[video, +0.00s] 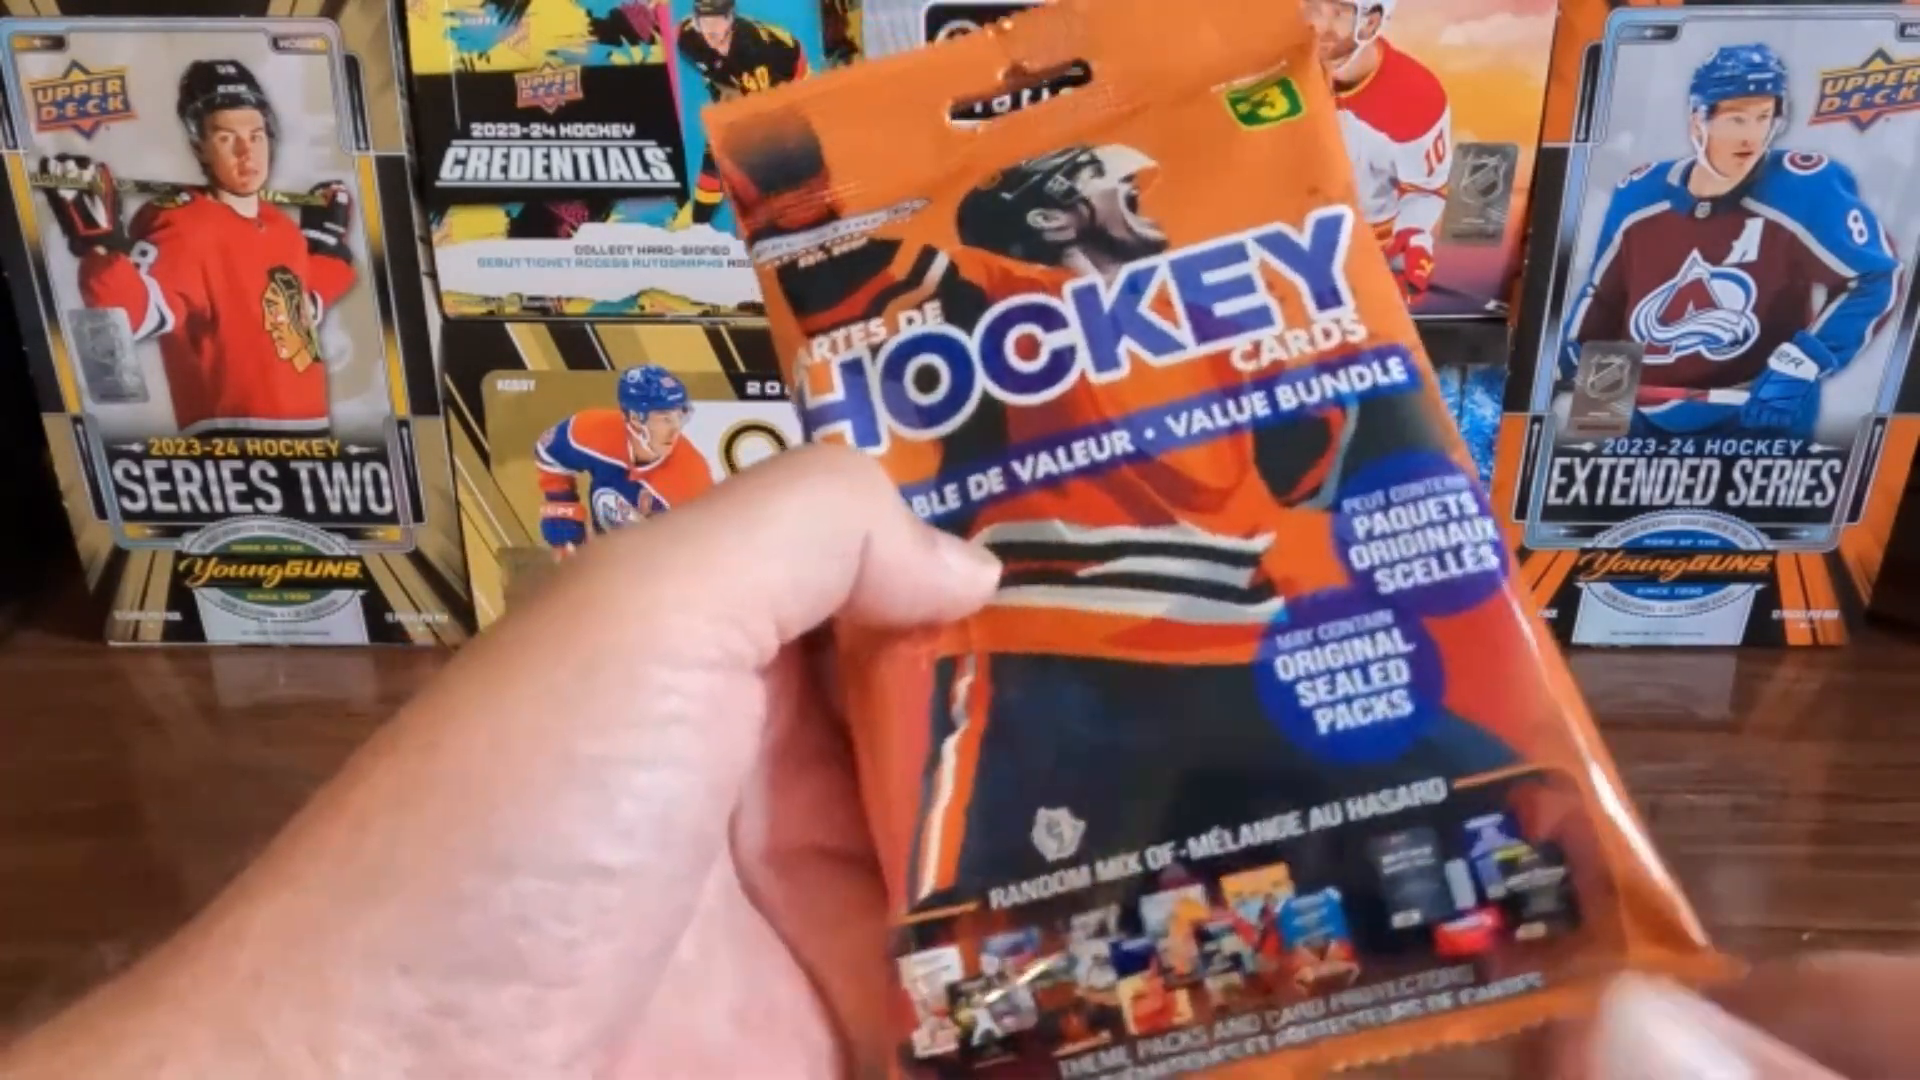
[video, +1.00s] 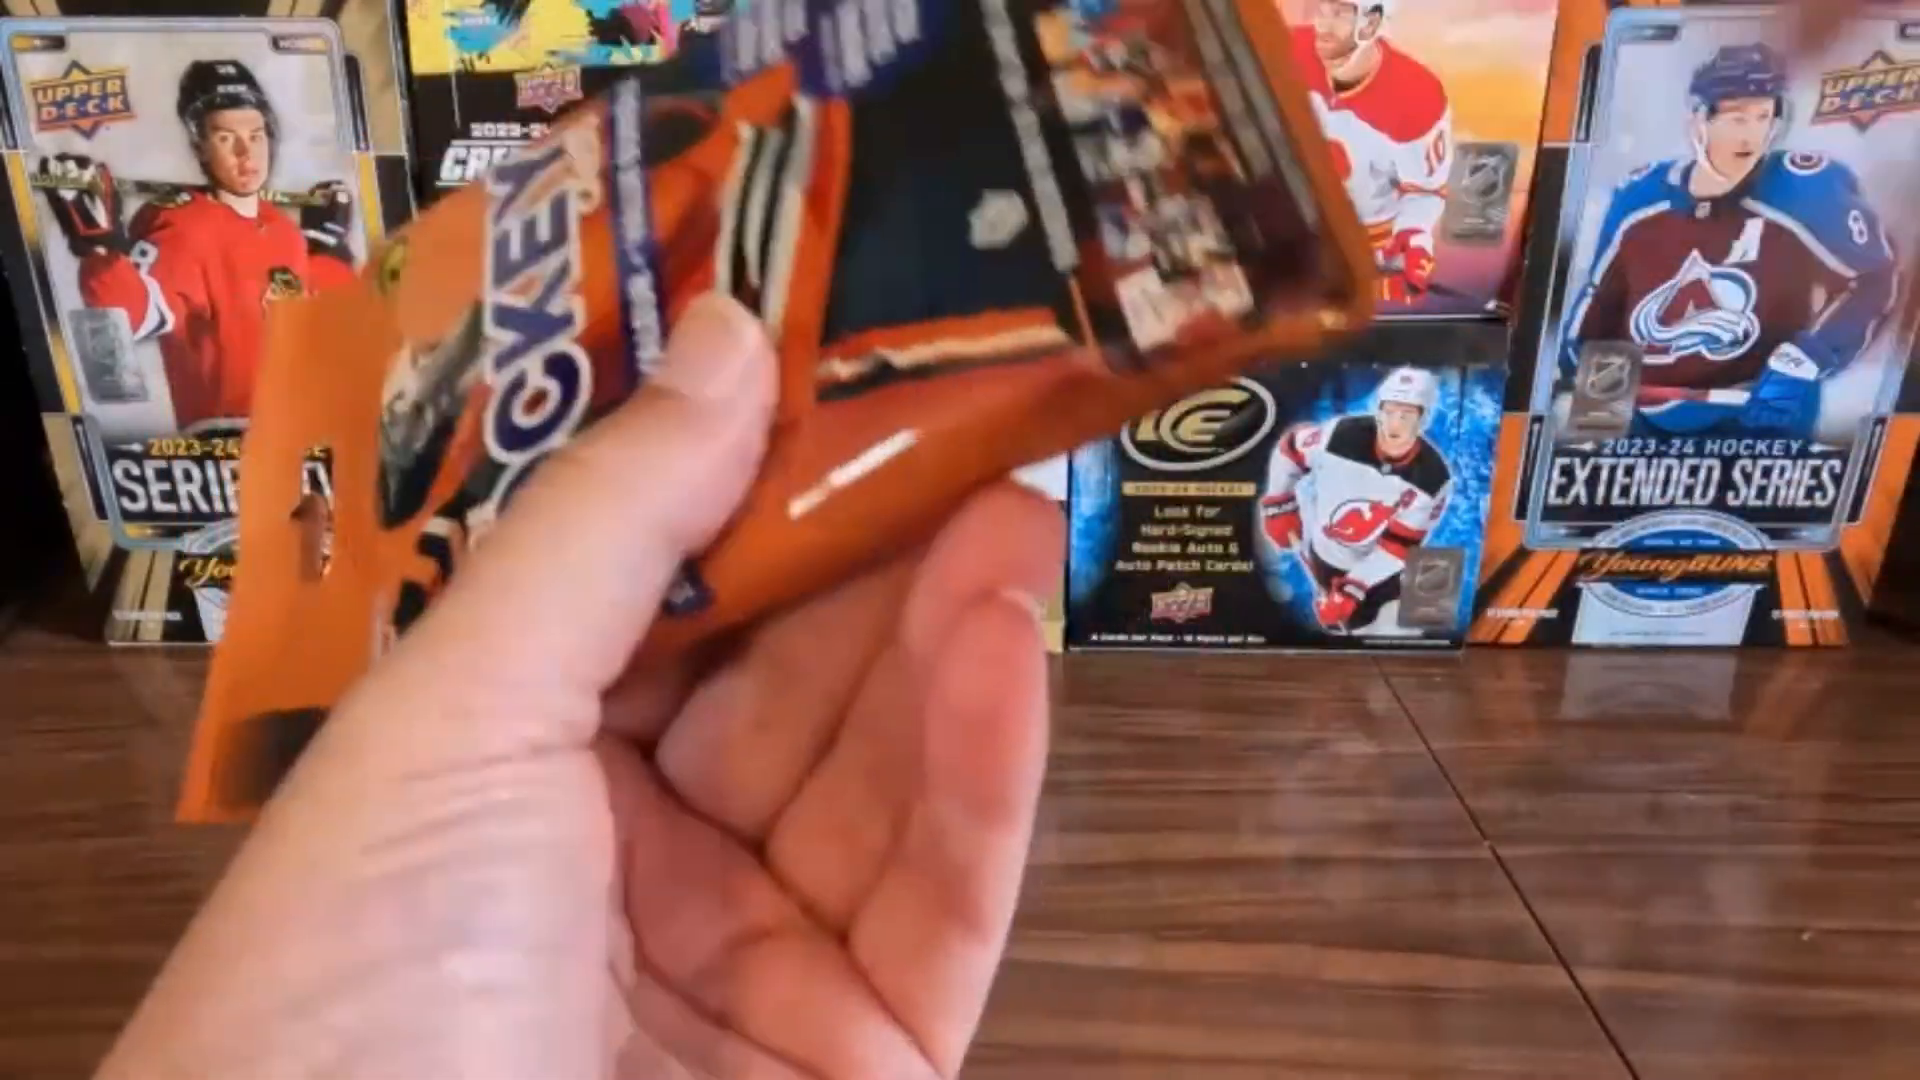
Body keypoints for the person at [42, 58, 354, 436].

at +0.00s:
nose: (247, 153)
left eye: (256, 135)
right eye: (228, 139)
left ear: (270, 139)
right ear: (200, 150)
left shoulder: (283, 228)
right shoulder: (184, 226)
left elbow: (302, 305)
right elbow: (141, 315)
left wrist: (335, 252)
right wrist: (100, 250)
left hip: (307, 433)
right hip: (230, 440)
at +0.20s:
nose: (247, 153)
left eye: (256, 135)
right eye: (228, 139)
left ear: (270, 139)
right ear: (201, 150)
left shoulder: (283, 228)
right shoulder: (184, 226)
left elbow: (302, 305)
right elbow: (142, 315)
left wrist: (334, 252)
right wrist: (100, 250)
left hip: (307, 433)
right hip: (230, 440)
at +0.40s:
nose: (248, 153)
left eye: (257, 135)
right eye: (228, 140)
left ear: (270, 139)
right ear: (200, 149)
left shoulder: (282, 228)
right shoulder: (183, 227)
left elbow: (302, 306)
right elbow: (138, 317)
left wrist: (332, 249)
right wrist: (100, 249)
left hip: (308, 435)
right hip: (230, 443)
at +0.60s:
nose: (247, 153)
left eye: (257, 135)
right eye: (228, 140)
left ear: (270, 138)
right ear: (200, 149)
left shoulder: (282, 228)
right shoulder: (183, 227)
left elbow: (303, 311)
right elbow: (137, 317)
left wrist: (330, 247)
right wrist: (99, 249)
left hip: (308, 435)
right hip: (231, 442)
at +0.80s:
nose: (247, 153)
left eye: (256, 135)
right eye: (226, 138)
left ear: (269, 138)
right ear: (199, 148)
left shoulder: (284, 229)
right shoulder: (183, 228)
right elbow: (140, 318)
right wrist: (98, 249)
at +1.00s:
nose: (247, 152)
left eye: (257, 135)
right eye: (227, 139)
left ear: (270, 139)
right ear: (200, 148)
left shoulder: (284, 229)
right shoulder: (180, 227)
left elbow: (327, 319)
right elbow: (141, 315)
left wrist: (331, 251)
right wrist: (100, 249)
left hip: (300, 421)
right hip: (223, 431)